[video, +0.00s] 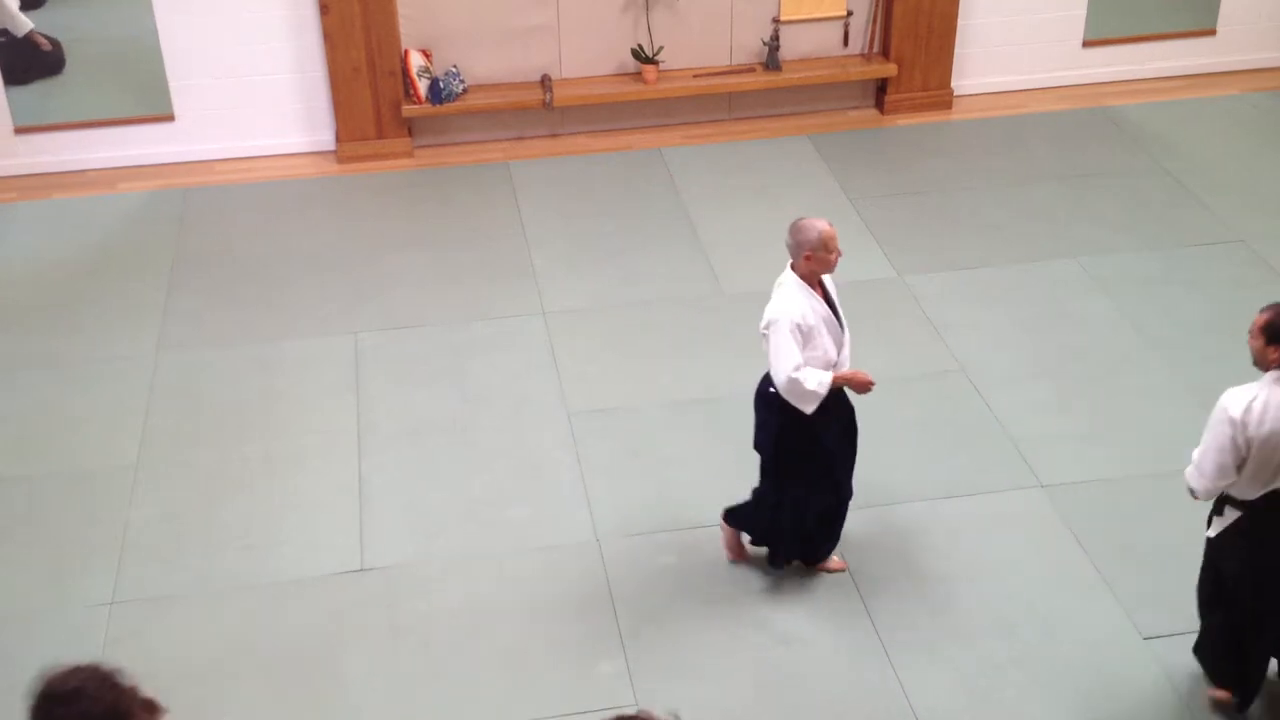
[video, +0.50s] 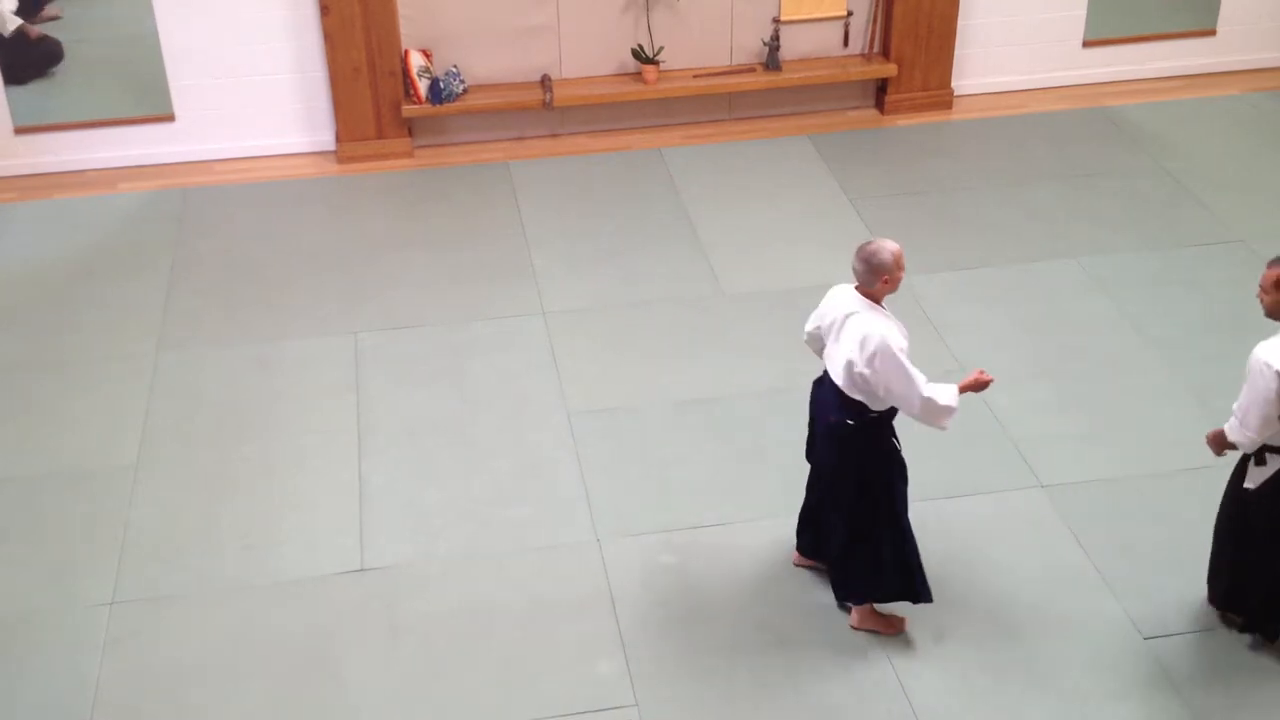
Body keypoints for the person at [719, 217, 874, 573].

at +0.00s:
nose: (839, 254)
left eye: (837, 248)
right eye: (832, 251)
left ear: (809, 258)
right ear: (807, 260)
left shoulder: (821, 280)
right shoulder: (785, 311)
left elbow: (822, 339)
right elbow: (788, 378)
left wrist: (835, 377)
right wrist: (842, 379)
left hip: (826, 398)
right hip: (791, 408)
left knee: (832, 481)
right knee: (792, 489)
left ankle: (815, 549)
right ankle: (735, 521)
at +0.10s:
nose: (853, 257)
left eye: (852, 250)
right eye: (847, 252)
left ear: (823, 258)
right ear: (823, 260)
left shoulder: (824, 282)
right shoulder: (802, 316)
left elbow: (828, 346)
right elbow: (813, 382)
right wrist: (865, 379)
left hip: (832, 400)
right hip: (803, 410)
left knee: (838, 479)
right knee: (805, 487)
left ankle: (820, 550)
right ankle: (770, 558)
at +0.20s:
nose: (866, 259)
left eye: (864, 253)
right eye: (860, 256)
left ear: (834, 262)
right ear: (838, 265)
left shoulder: (823, 283)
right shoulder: (820, 323)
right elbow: (837, 387)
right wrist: (887, 382)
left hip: (829, 403)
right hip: (819, 415)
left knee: (831, 491)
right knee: (822, 496)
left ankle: (826, 576)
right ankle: (817, 589)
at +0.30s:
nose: (878, 264)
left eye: (876, 258)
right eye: (874, 261)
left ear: (843, 266)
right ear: (855, 271)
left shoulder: (823, 285)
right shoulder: (840, 331)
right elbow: (863, 392)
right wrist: (912, 384)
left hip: (813, 402)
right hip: (838, 421)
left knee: (817, 481)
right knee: (854, 504)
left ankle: (809, 548)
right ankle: (860, 604)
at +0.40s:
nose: (890, 269)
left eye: (888, 263)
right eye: (887, 265)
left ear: (851, 269)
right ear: (872, 277)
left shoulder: (831, 289)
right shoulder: (863, 334)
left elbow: (809, 327)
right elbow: (888, 394)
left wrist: (843, 341)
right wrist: (937, 387)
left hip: (819, 400)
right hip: (849, 423)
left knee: (822, 479)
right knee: (865, 505)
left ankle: (809, 548)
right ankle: (861, 607)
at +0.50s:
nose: (904, 272)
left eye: (902, 266)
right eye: (901, 268)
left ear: (862, 272)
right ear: (887, 281)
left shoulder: (839, 294)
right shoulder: (881, 337)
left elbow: (813, 333)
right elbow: (914, 396)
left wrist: (841, 362)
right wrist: (960, 388)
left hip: (825, 403)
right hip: (858, 430)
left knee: (825, 481)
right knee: (870, 510)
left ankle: (810, 549)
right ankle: (862, 608)